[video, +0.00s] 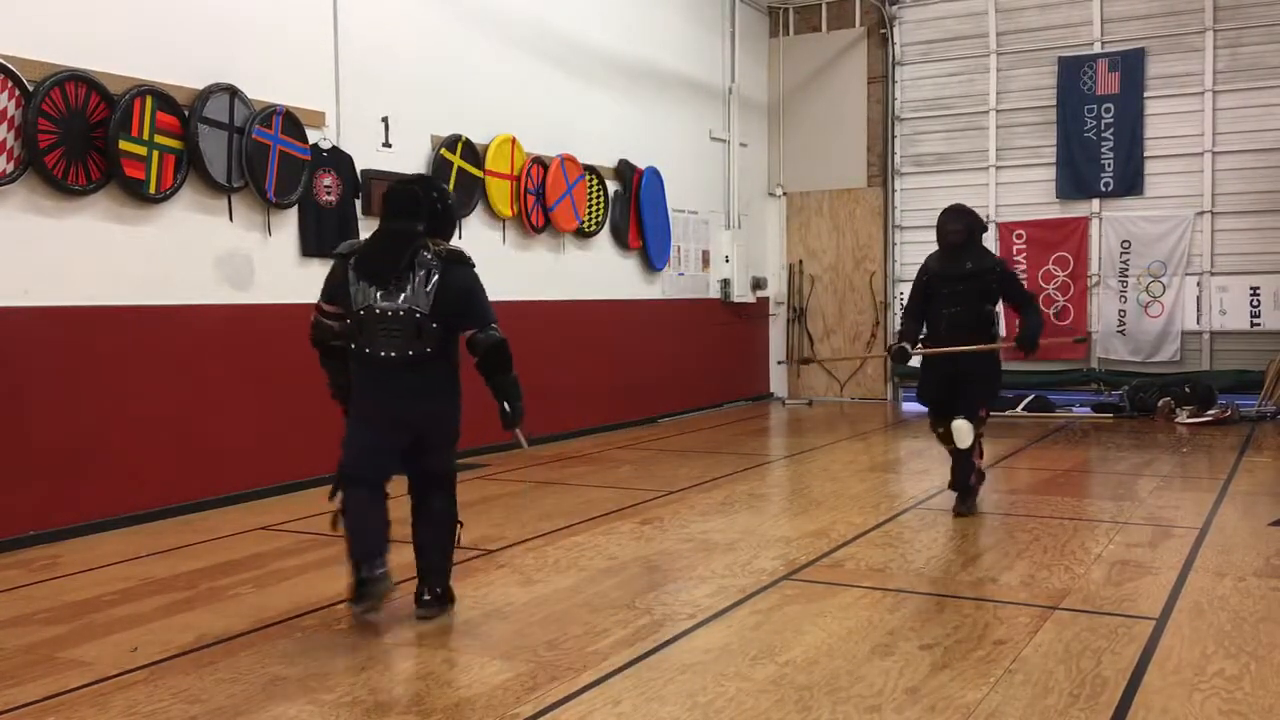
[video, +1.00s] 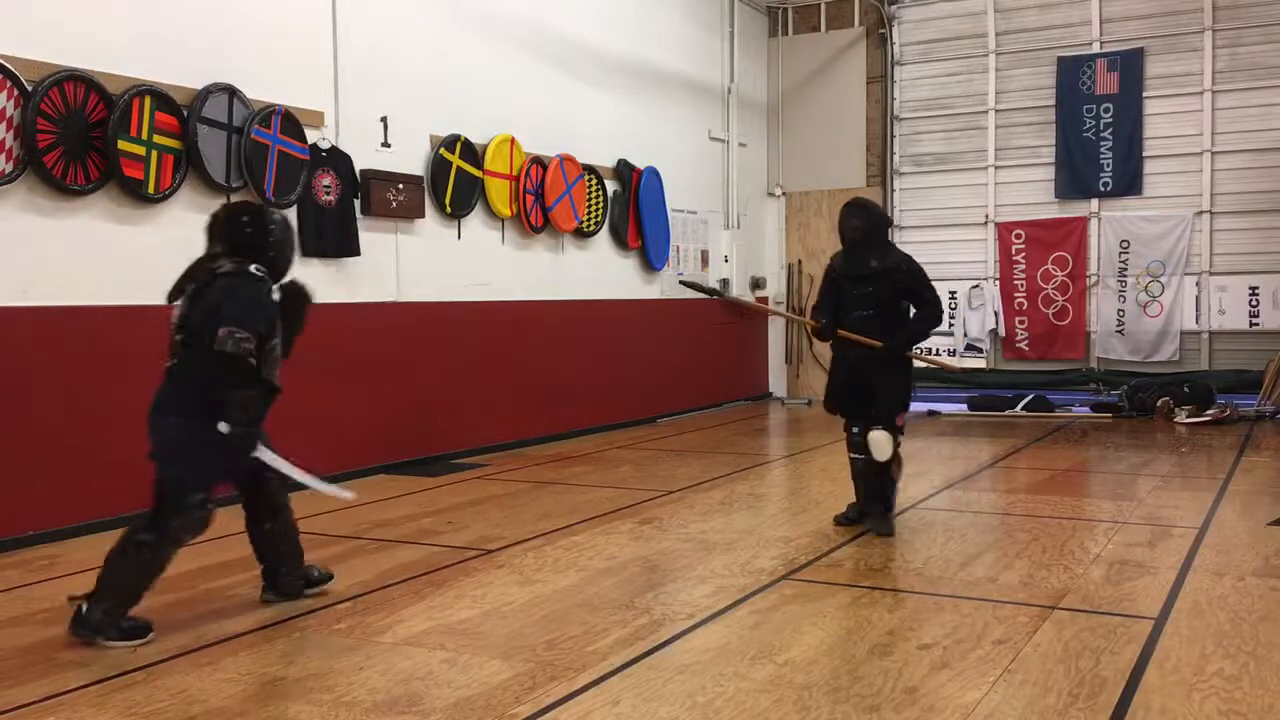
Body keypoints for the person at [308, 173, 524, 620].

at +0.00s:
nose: (450, 223)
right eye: (444, 216)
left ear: (388, 215)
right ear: (436, 218)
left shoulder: (352, 261)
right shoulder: (452, 268)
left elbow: (326, 330)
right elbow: (486, 341)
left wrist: (344, 385)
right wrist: (508, 396)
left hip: (374, 398)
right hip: (434, 399)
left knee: (361, 481)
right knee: (433, 486)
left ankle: (370, 569)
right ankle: (433, 587)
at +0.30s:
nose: (409, 235)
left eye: (407, 227)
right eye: (405, 227)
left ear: (354, 227)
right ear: (393, 233)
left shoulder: (317, 269)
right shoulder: (391, 280)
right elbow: (427, 338)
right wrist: (458, 359)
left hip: (320, 409)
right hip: (377, 412)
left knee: (321, 485)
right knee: (411, 489)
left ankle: (292, 575)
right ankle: (428, 584)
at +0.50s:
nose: (379, 241)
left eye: (378, 232)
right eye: (373, 232)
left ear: (328, 232)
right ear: (355, 236)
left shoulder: (303, 270)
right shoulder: (336, 281)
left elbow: (311, 345)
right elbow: (341, 345)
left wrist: (367, 373)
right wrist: (386, 369)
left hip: (274, 395)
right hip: (304, 400)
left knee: (303, 481)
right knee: (348, 476)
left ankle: (292, 574)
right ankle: (356, 585)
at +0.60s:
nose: (366, 239)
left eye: (364, 229)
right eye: (360, 230)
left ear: (313, 230)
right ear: (339, 234)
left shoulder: (321, 272)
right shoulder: (306, 283)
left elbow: (338, 331)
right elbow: (312, 356)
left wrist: (360, 361)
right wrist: (355, 391)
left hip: (286, 394)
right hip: (269, 399)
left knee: (310, 479)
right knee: (309, 481)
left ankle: (292, 577)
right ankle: (301, 586)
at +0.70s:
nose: (352, 245)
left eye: (351, 235)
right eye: (344, 235)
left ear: (307, 236)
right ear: (320, 238)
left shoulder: (315, 280)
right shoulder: (286, 286)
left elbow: (322, 336)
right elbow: (269, 357)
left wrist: (360, 348)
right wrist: (304, 398)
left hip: (282, 401)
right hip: (249, 403)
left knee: (305, 474)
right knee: (283, 483)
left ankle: (290, 572)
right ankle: (250, 592)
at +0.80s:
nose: (335, 249)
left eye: (334, 239)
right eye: (327, 238)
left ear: (291, 240)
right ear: (303, 240)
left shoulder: (296, 284)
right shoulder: (270, 286)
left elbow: (317, 345)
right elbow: (246, 359)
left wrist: (354, 320)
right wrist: (258, 419)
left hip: (265, 406)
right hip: (229, 407)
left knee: (293, 479)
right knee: (245, 496)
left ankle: (288, 574)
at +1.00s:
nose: (287, 249)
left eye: (283, 239)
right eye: (281, 240)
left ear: (229, 243)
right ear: (264, 245)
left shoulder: (211, 280)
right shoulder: (247, 290)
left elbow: (262, 356)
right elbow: (234, 364)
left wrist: (286, 319)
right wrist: (242, 421)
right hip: (196, 421)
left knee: (264, 483)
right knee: (177, 516)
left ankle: (285, 574)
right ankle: (102, 610)